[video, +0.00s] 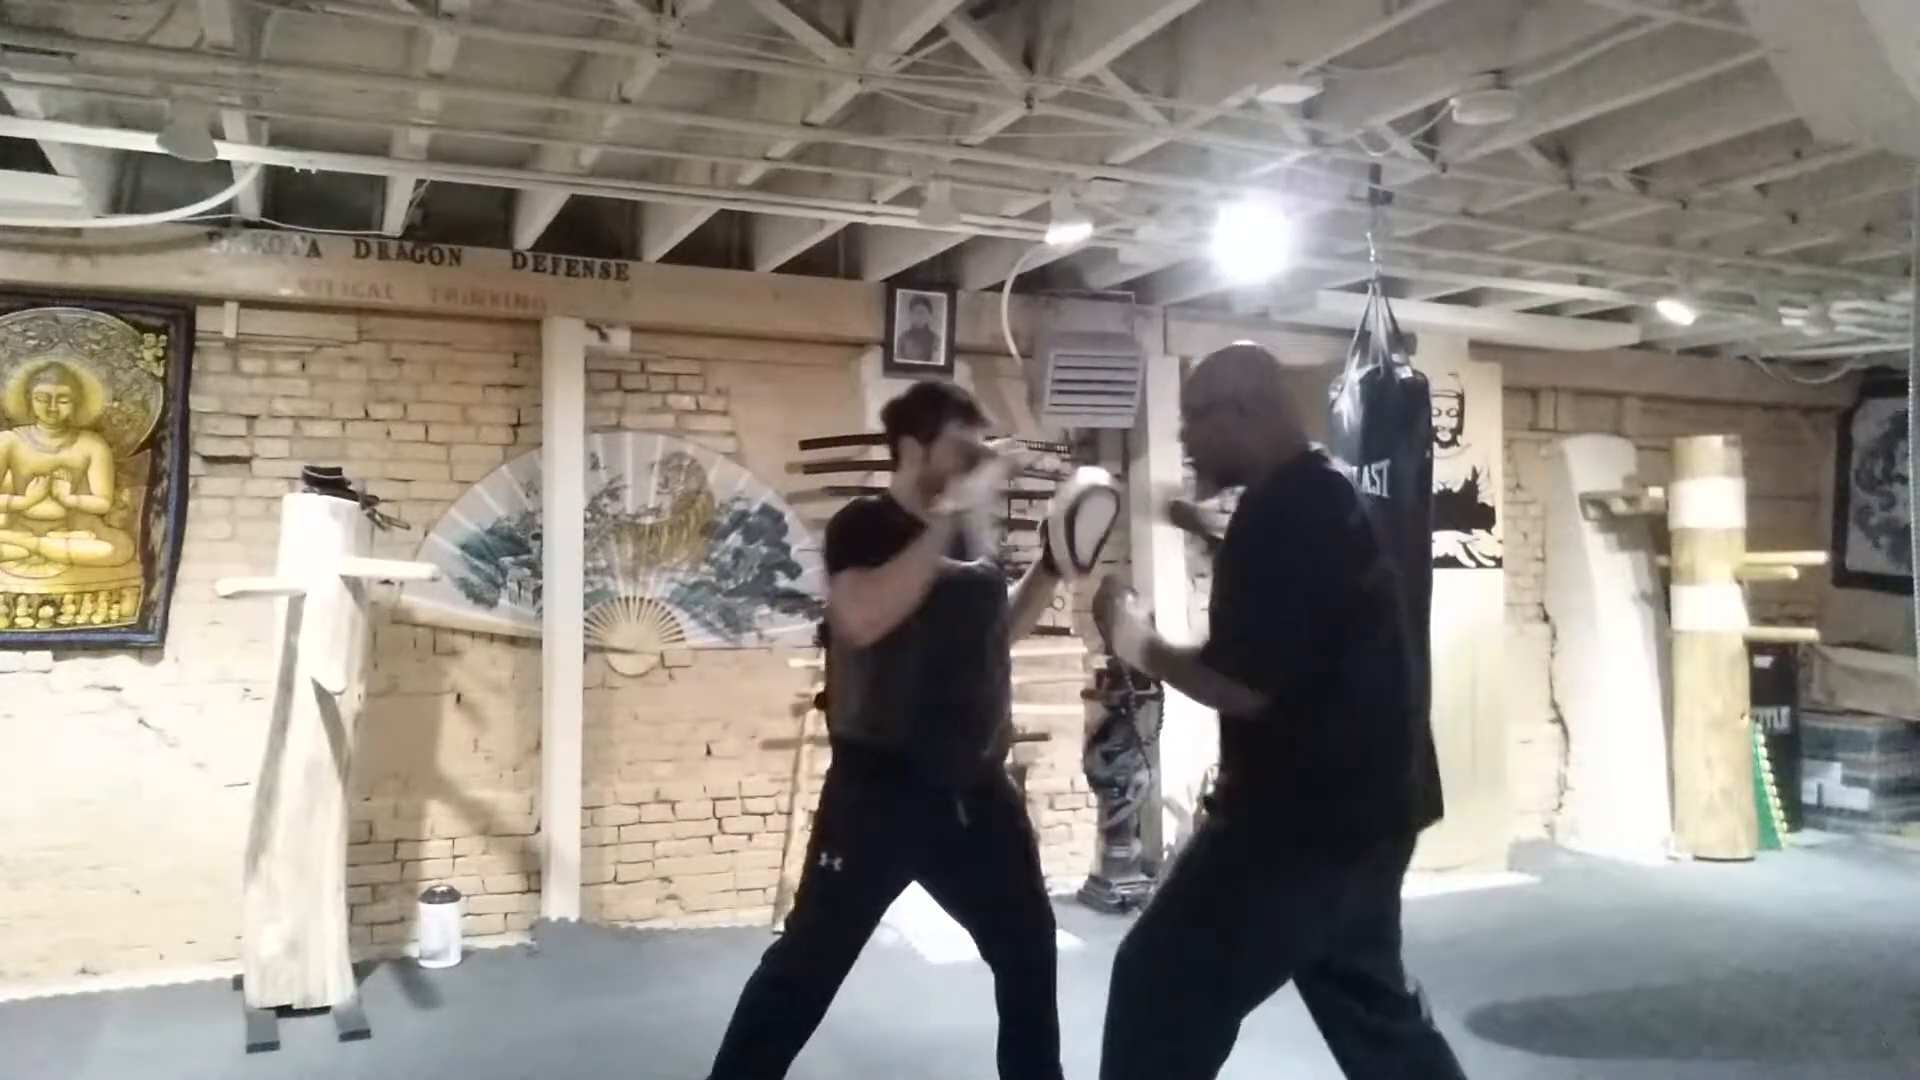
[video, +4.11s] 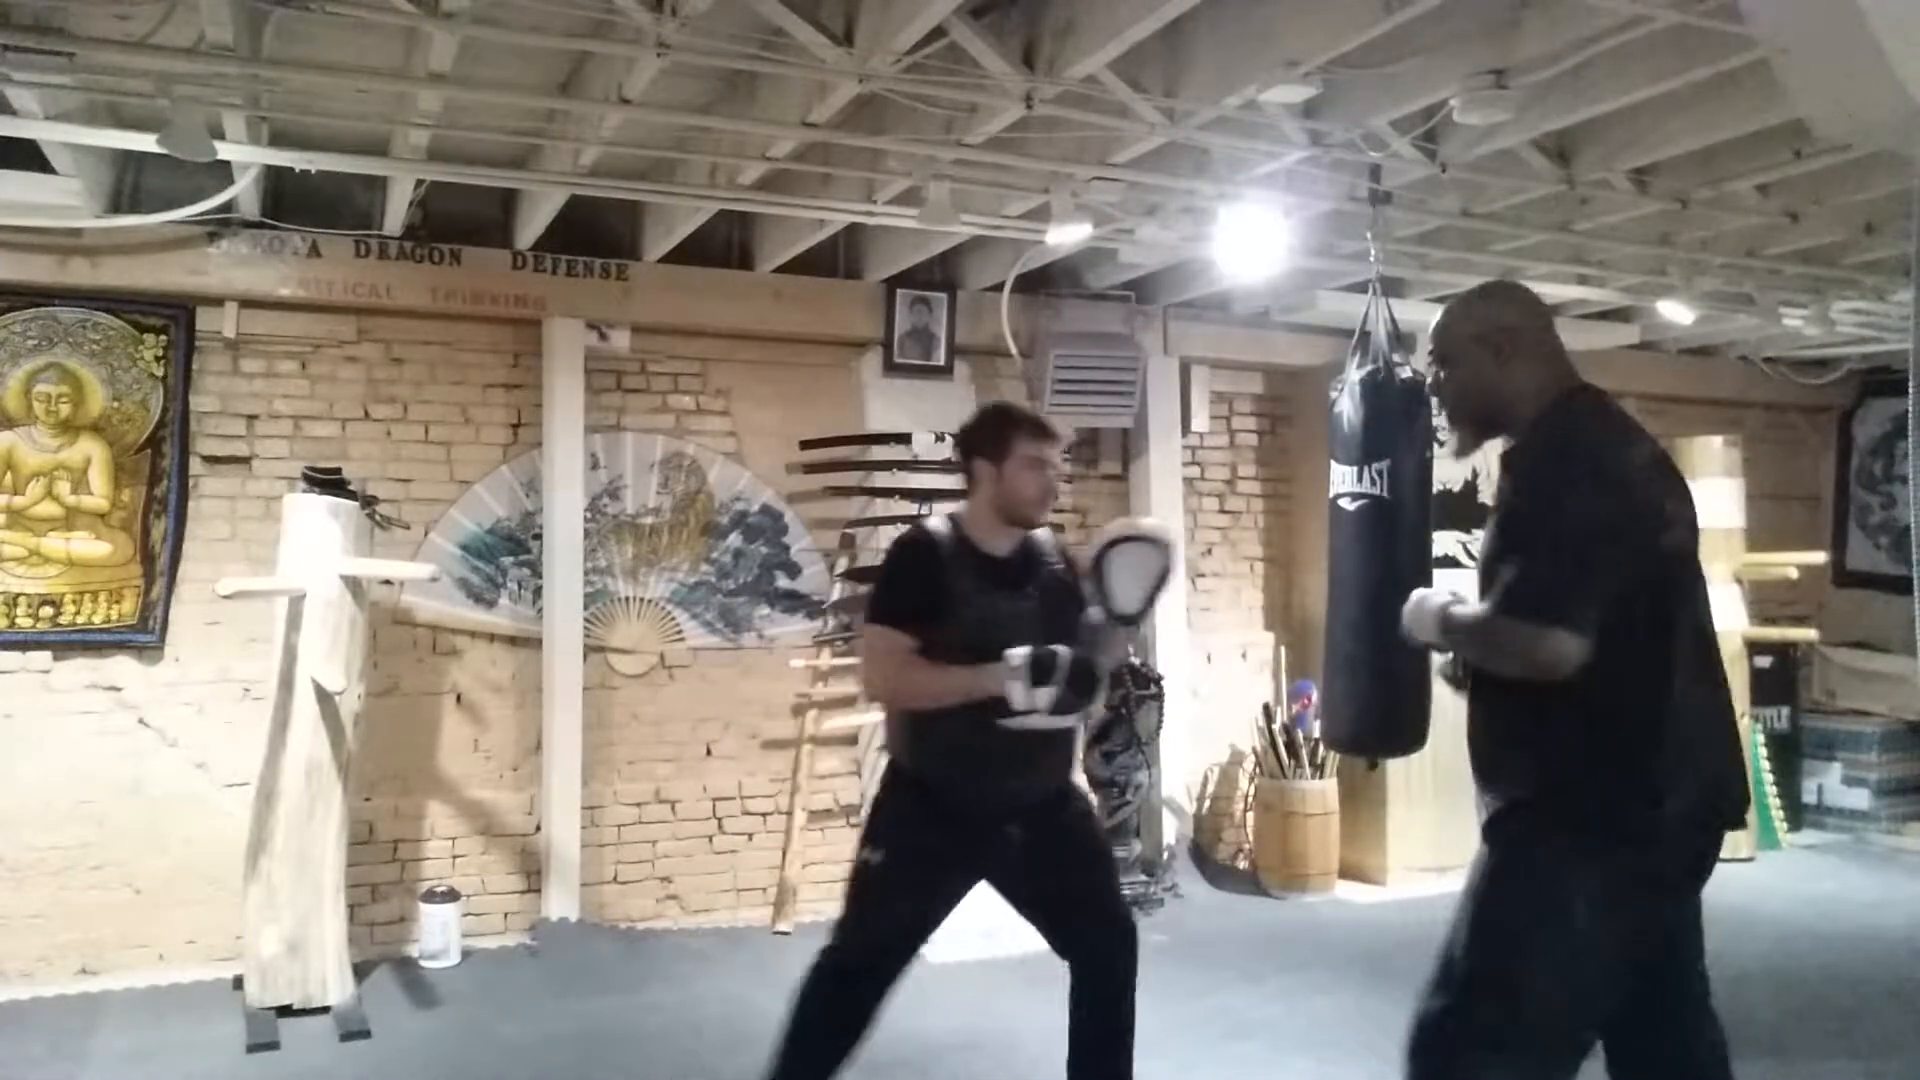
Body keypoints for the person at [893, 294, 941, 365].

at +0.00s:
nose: (918, 317)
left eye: (921, 313)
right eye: (915, 313)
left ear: (930, 316)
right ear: (910, 315)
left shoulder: (935, 340)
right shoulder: (902, 339)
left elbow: (935, 363)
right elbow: (898, 360)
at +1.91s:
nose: (919, 317)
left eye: (923, 313)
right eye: (916, 312)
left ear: (929, 316)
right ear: (909, 314)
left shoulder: (936, 340)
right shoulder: (901, 340)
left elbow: (935, 364)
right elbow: (897, 361)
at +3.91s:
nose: (919, 316)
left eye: (923, 312)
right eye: (916, 312)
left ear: (930, 316)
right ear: (909, 315)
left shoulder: (935, 340)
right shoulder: (902, 339)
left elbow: (935, 363)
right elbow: (898, 361)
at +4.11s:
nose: (919, 316)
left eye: (923, 312)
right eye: (917, 312)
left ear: (930, 315)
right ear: (910, 314)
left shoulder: (935, 340)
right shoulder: (902, 339)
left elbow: (935, 364)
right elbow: (898, 361)